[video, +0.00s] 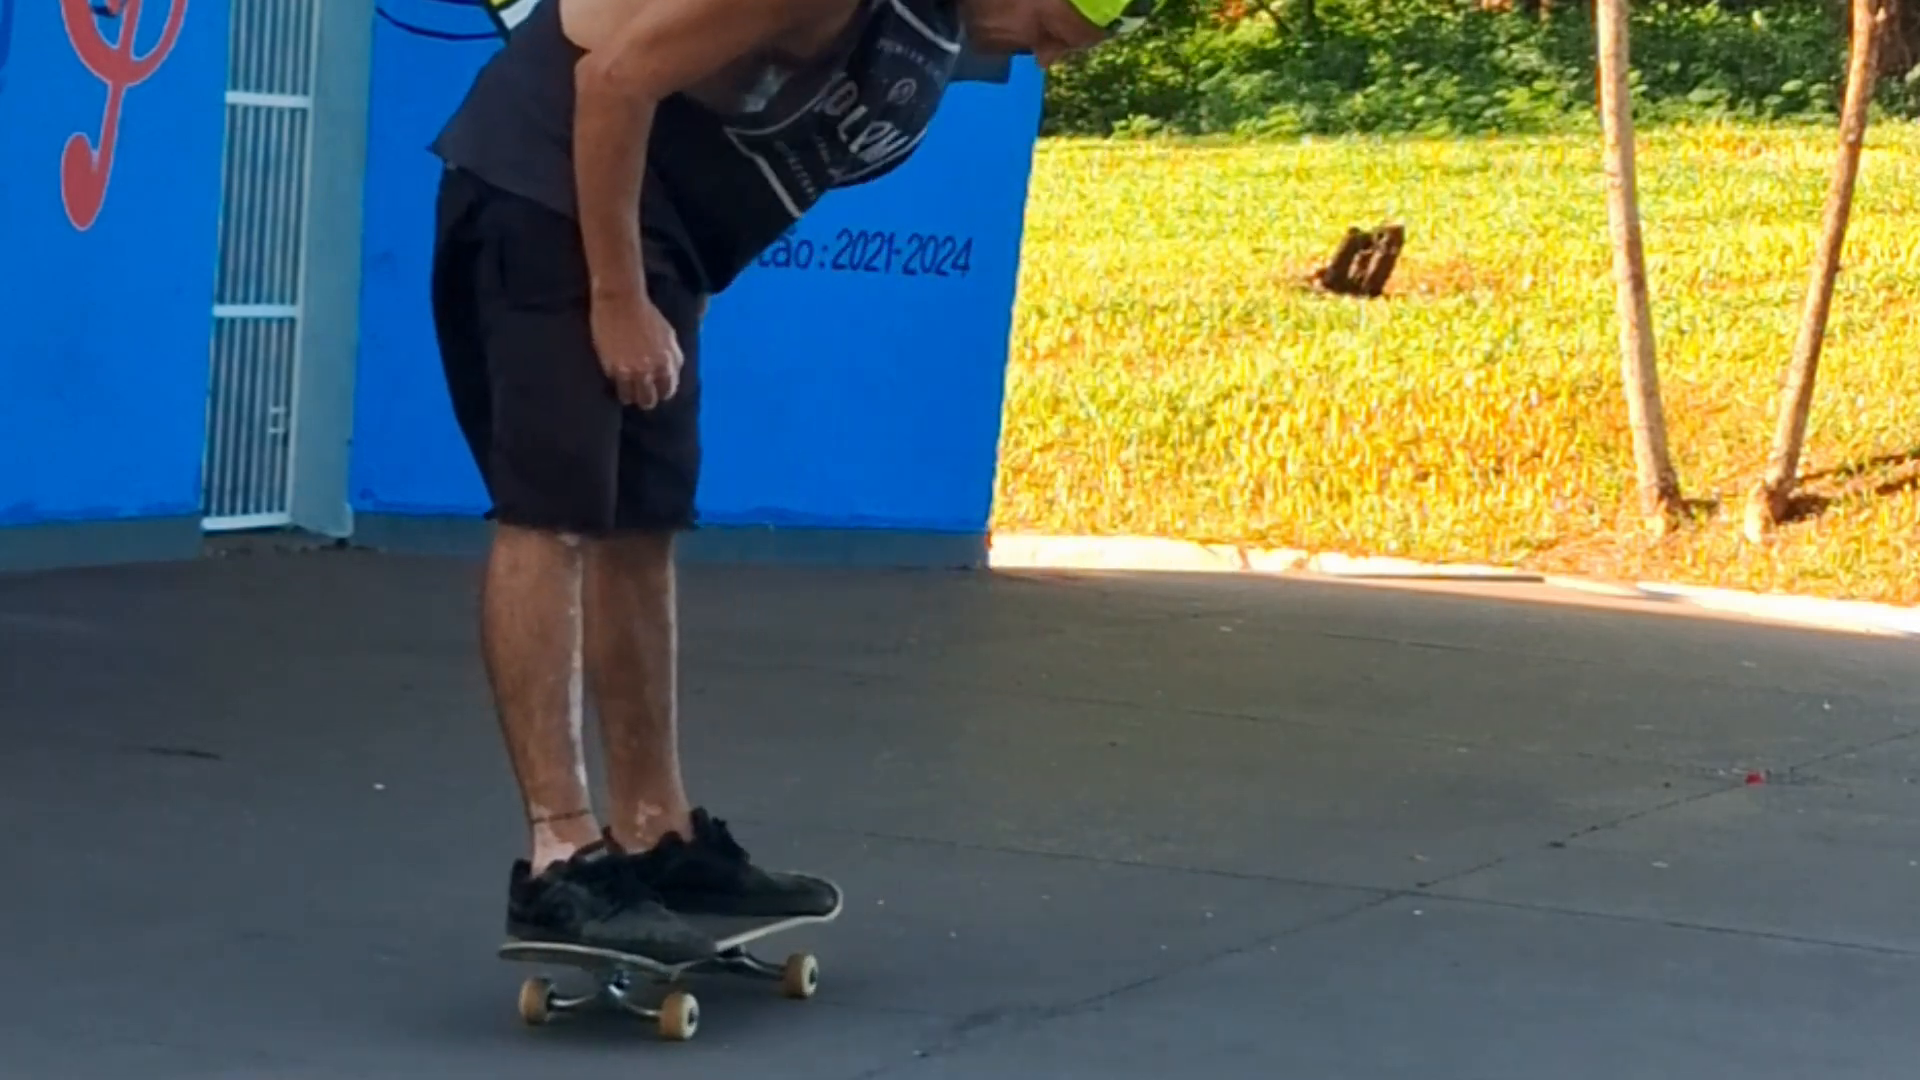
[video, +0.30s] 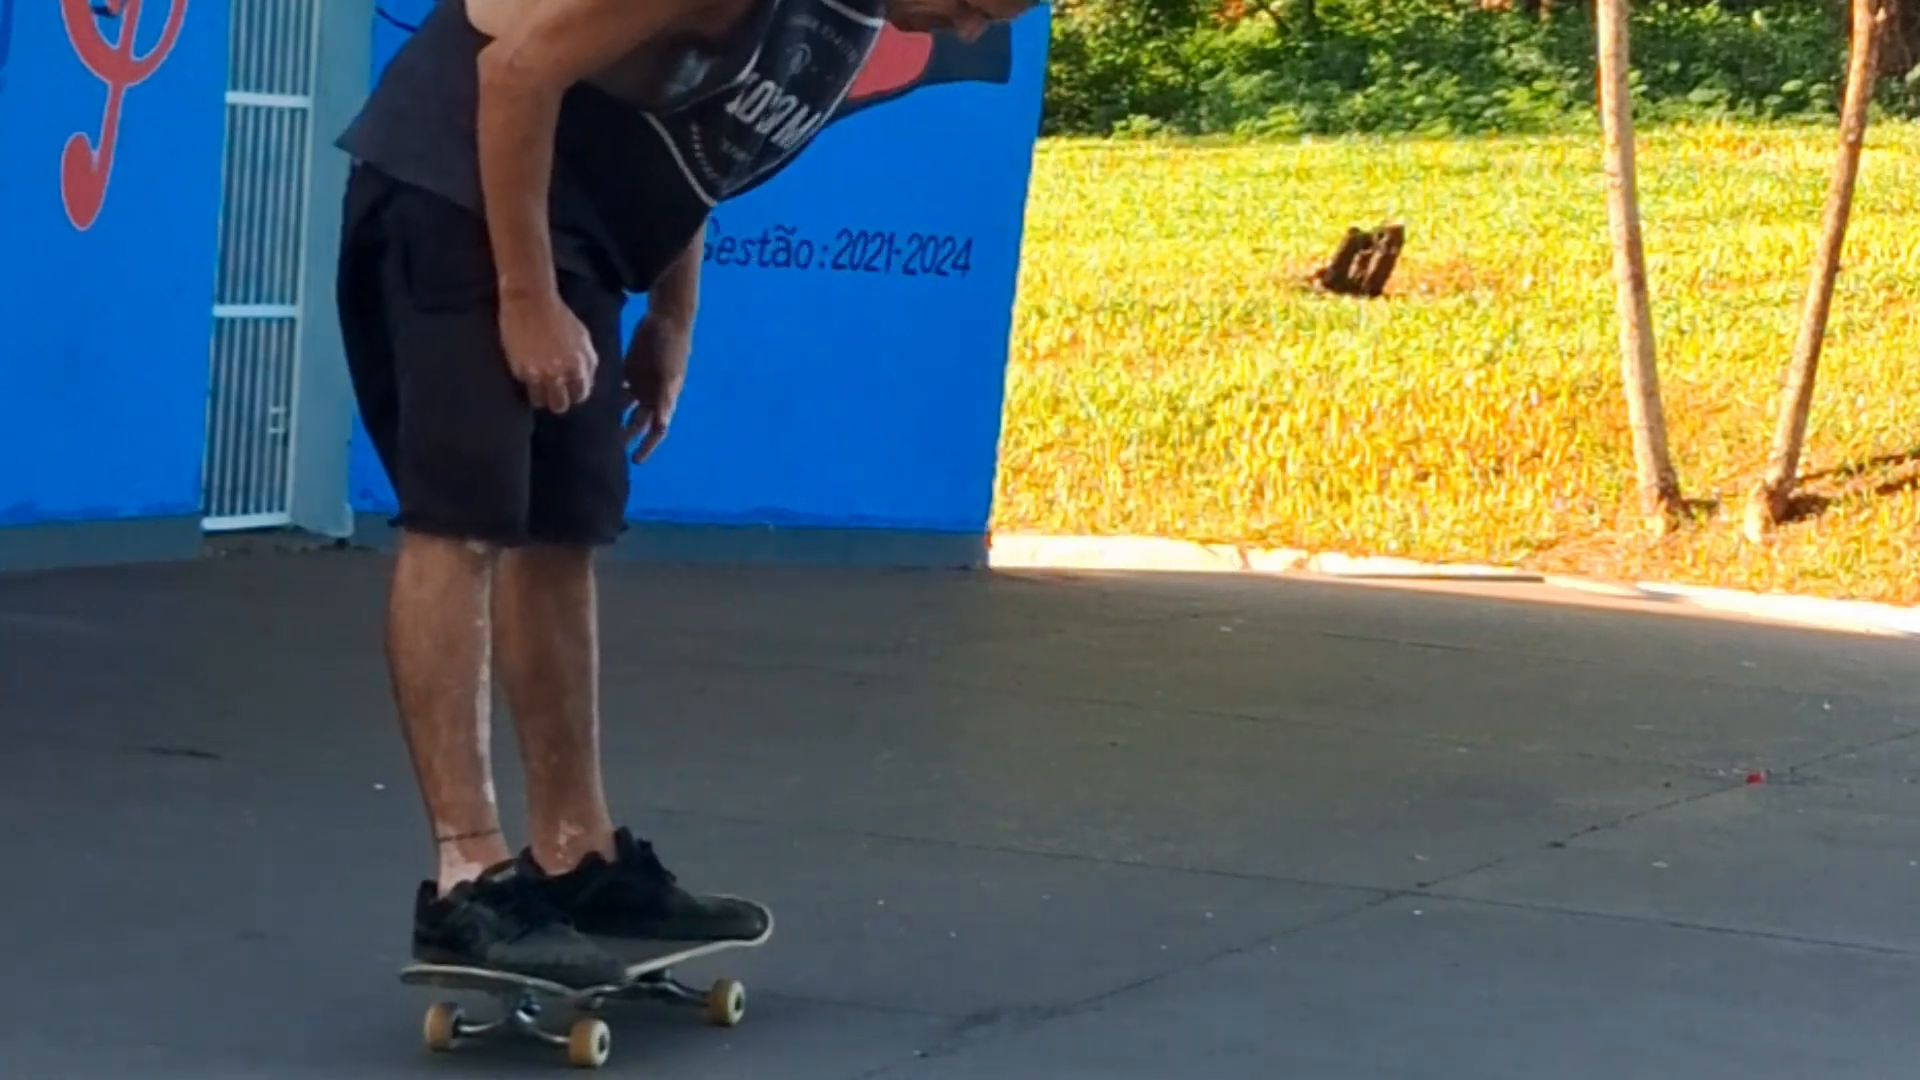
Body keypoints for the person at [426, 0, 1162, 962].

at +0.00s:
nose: (1071, 45)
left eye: (1086, 30)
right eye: (1070, 17)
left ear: (1031, 13)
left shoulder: (937, 55)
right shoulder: (833, 7)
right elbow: (614, 74)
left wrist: (677, 292)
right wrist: (619, 297)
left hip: (659, 230)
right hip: (542, 190)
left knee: (643, 513)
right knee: (546, 507)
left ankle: (654, 836)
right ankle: (557, 861)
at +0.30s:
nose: (968, 30)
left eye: (981, 24)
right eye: (973, 12)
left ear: (957, 11)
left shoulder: (855, 33)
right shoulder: (748, 1)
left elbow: (696, 140)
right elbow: (518, 66)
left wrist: (671, 313)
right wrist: (527, 296)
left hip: (577, 227)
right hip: (453, 183)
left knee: (562, 522)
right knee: (456, 517)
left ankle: (576, 859)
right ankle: (468, 881)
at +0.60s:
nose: (879, 7)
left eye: (889, 5)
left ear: (853, 3)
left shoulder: (761, 19)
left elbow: (637, 168)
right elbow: (416, 63)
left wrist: (560, 340)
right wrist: (432, 297)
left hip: (489, 231)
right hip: (351, 183)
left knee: (468, 533)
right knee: (355, 528)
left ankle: (490, 878)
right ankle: (368, 901)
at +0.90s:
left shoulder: (676, 8)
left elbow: (550, 157)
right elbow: (316, 58)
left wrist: (463, 345)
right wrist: (334, 303)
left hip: (404, 206)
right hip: (250, 160)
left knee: (377, 538)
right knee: (249, 534)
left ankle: (395, 902)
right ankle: (257, 929)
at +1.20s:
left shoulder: (565, 17)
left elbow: (445, 132)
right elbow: (223, 53)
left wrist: (393, 323)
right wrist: (240, 305)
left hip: (318, 214)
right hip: (150, 165)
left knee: (309, 538)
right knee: (146, 542)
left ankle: (288, 920)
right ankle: (131, 960)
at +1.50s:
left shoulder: (510, 15)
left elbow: (336, 132)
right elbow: (124, 41)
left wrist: (287, 336)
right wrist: (171, 307)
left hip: (224, 191)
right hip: (63, 137)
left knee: (213, 544)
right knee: (68, 541)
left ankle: (151, 956)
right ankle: (5, 965)